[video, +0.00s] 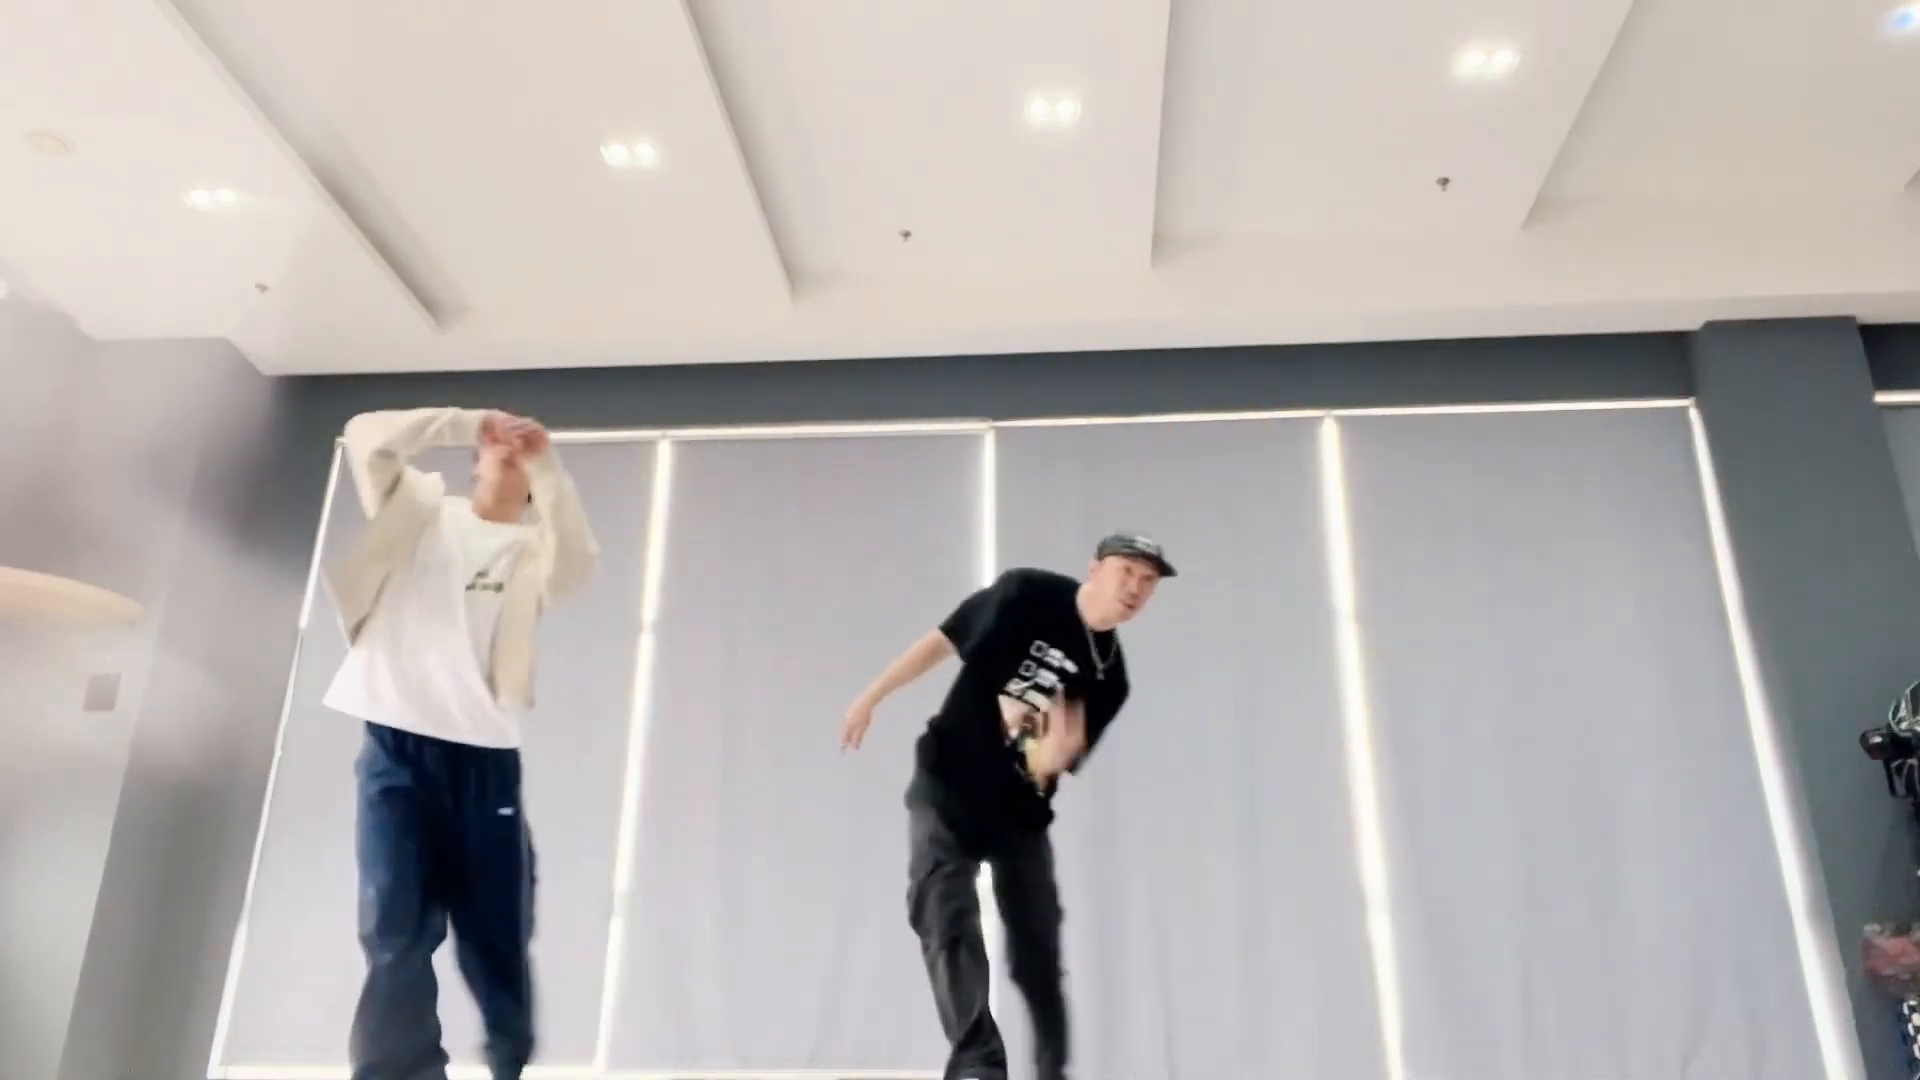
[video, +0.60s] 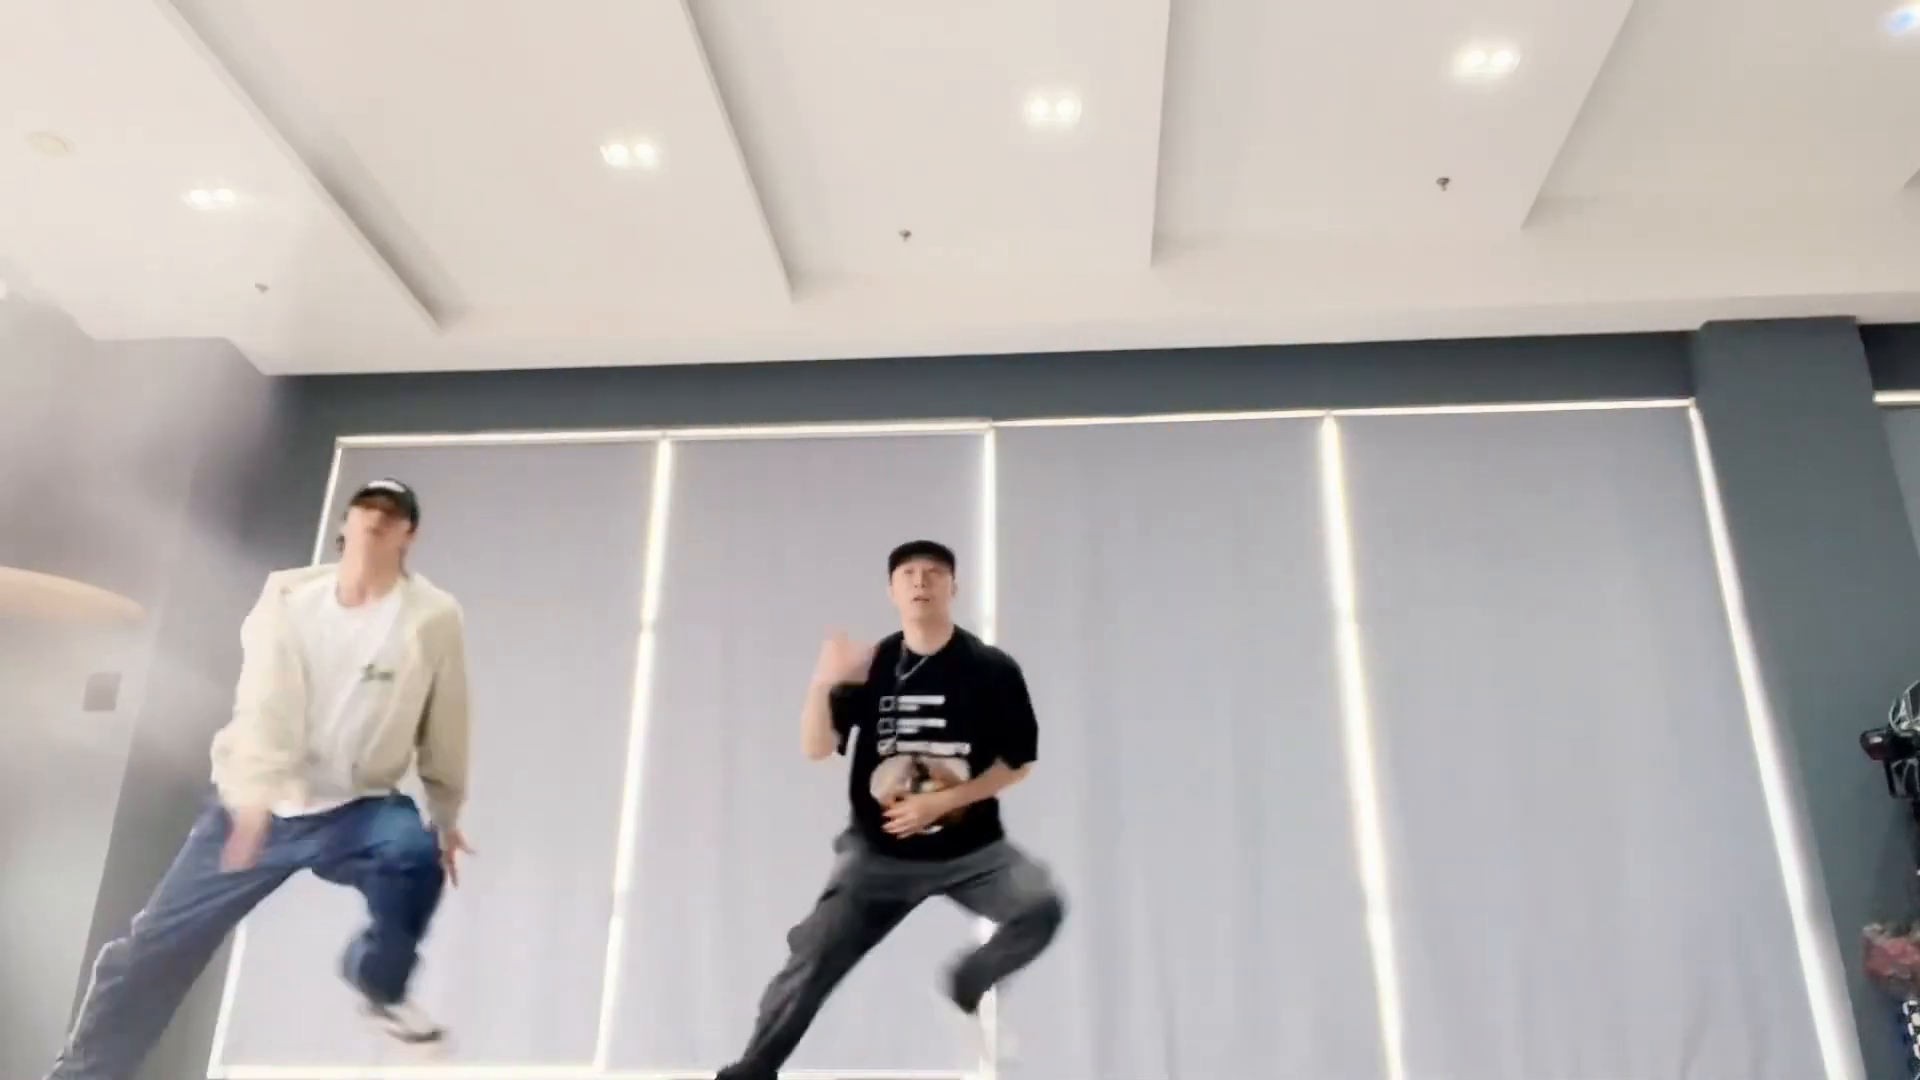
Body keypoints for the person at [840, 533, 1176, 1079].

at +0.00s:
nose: (1136, 591)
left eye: (1148, 584)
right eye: (1128, 574)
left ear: (1151, 595)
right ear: (1095, 568)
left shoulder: (1111, 682)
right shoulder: (1024, 594)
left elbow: (1048, 770)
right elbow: (942, 644)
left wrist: (1048, 757)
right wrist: (870, 698)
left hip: (1020, 804)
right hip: (951, 779)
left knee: (1036, 949)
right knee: (946, 916)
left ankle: (1052, 1069)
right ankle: (977, 1064)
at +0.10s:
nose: (1086, 586)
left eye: (1097, 579)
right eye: (1078, 570)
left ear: (1102, 592)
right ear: (1047, 566)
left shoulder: (1077, 669)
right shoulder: (981, 593)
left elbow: (1026, 696)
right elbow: (909, 645)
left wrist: (1092, 616)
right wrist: (856, 702)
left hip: (988, 803)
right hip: (923, 777)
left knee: (981, 944)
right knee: (930, 915)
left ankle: (900, 1056)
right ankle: (973, 1064)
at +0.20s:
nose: (1032, 584)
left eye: (1044, 577)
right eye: (1024, 569)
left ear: (1050, 591)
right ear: (998, 569)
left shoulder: (1036, 655)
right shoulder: (934, 607)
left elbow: (1030, 672)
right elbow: (872, 665)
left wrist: (1063, 615)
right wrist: (835, 737)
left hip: (956, 824)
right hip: (890, 799)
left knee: (895, 948)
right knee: (907, 932)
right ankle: (967, 1067)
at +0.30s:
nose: (979, 597)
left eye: (993, 589)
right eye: (970, 583)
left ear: (1004, 604)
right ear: (947, 588)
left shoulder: (1002, 680)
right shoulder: (895, 639)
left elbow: (965, 742)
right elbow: (847, 706)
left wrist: (961, 654)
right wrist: (818, 777)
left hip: (926, 839)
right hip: (863, 807)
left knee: (843, 966)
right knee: (857, 883)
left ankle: (750, 1068)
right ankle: (905, 1055)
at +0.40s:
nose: (946, 585)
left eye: (959, 577)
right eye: (936, 573)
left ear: (971, 592)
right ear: (914, 580)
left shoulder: (984, 683)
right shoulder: (869, 651)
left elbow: (952, 780)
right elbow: (830, 743)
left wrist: (890, 767)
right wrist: (843, 753)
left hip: (925, 831)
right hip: (857, 804)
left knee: (866, 963)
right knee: (843, 880)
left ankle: (769, 1050)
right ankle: (795, 1041)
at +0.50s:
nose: (921, 580)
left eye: (934, 573)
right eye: (910, 570)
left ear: (950, 588)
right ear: (890, 584)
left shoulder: (982, 674)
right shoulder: (860, 656)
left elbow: (991, 765)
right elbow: (822, 728)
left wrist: (913, 811)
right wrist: (815, 756)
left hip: (931, 851)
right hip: (854, 832)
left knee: (927, 978)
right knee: (812, 945)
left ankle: (837, 1004)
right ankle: (741, 1073)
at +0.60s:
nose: (921, 583)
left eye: (933, 574)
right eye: (909, 575)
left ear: (953, 588)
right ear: (892, 591)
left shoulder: (993, 670)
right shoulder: (870, 663)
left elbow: (1019, 761)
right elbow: (817, 748)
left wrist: (939, 804)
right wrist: (824, 682)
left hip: (972, 852)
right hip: (880, 857)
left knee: (1042, 908)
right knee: (816, 952)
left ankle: (970, 979)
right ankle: (753, 1070)